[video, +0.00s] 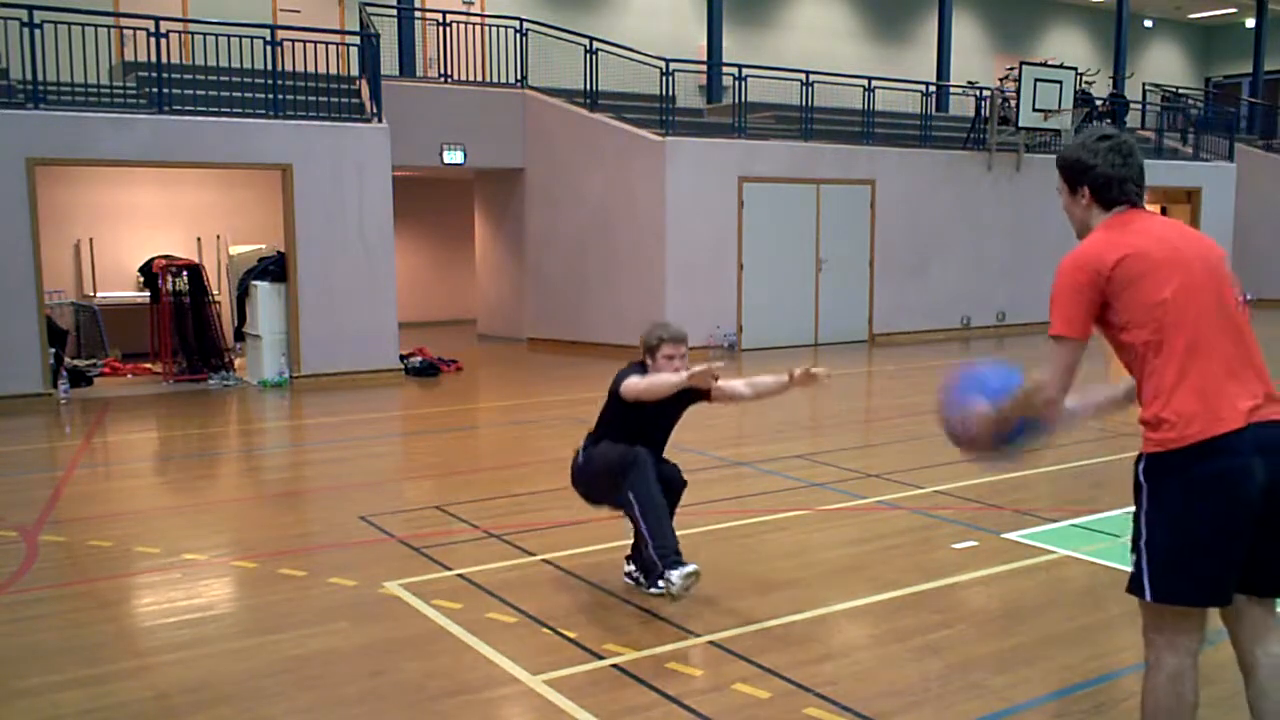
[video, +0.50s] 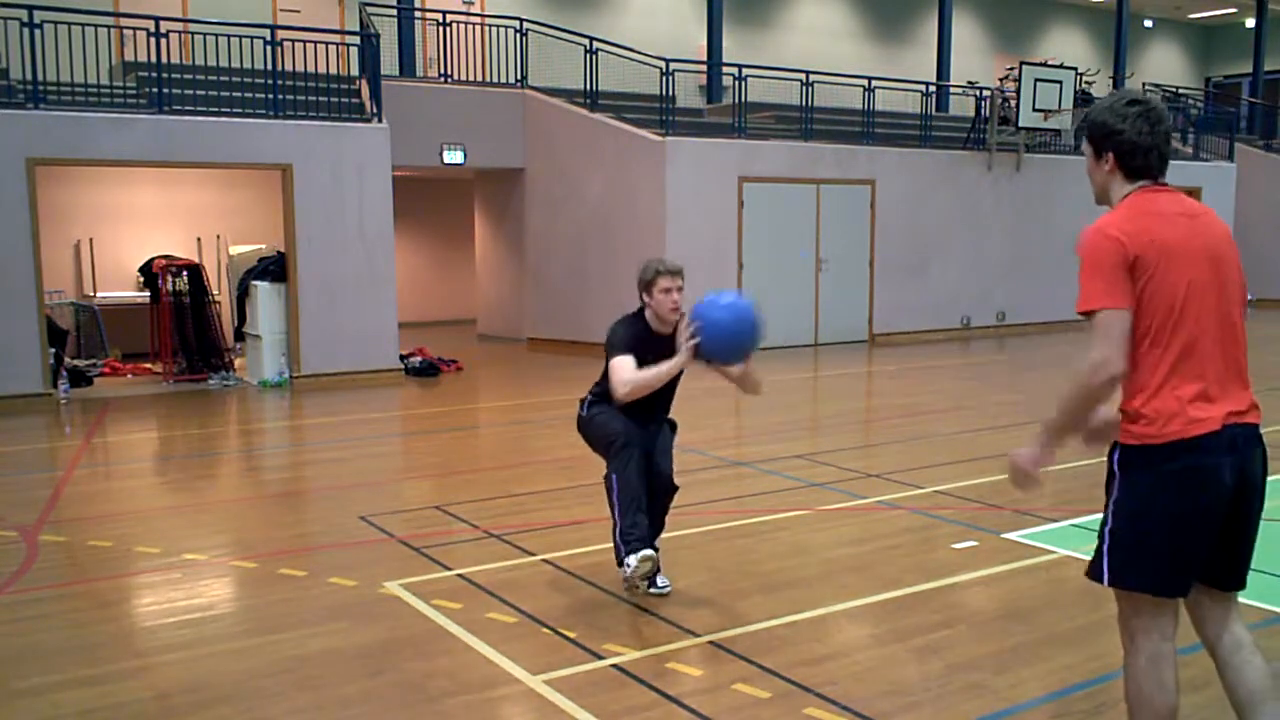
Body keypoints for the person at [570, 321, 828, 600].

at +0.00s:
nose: (679, 365)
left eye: (683, 357)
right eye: (670, 358)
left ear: (688, 357)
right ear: (649, 358)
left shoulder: (689, 386)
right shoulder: (631, 376)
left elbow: (742, 390)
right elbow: (635, 391)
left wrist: (789, 381)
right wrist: (686, 380)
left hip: (642, 471)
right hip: (594, 470)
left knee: (671, 479)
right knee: (638, 461)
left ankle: (642, 563)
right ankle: (667, 568)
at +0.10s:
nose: (681, 347)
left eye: (685, 340)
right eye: (672, 340)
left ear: (689, 340)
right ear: (652, 342)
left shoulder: (693, 370)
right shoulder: (632, 363)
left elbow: (747, 376)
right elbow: (644, 375)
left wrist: (791, 367)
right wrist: (690, 368)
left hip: (648, 449)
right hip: (600, 444)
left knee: (664, 482)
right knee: (636, 464)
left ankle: (639, 563)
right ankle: (657, 566)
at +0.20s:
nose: (681, 331)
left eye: (685, 324)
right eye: (673, 325)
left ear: (689, 326)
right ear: (652, 328)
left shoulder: (695, 357)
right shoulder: (632, 351)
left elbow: (748, 368)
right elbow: (642, 370)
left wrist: (787, 360)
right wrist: (696, 356)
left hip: (650, 439)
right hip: (602, 431)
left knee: (664, 482)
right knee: (632, 458)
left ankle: (637, 563)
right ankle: (644, 561)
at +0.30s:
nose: (681, 319)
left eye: (684, 311)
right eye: (671, 311)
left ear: (689, 312)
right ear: (650, 317)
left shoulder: (697, 346)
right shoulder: (632, 340)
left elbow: (751, 362)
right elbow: (642, 363)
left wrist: (778, 353)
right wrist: (690, 347)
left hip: (651, 433)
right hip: (604, 423)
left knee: (666, 482)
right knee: (629, 454)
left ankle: (645, 563)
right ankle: (635, 560)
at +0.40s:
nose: (678, 308)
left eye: (682, 300)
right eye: (669, 301)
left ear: (687, 302)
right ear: (649, 307)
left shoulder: (694, 336)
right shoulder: (629, 334)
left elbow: (753, 366)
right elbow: (637, 369)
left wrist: (769, 347)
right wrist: (686, 349)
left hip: (652, 426)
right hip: (604, 417)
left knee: (663, 481)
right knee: (629, 449)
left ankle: (647, 563)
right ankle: (632, 556)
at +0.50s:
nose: (676, 298)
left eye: (679, 290)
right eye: (666, 292)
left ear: (684, 293)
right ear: (646, 298)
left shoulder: (688, 331)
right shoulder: (625, 331)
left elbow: (751, 386)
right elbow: (622, 389)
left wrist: (739, 361)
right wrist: (679, 359)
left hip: (653, 420)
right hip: (607, 413)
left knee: (661, 483)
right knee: (627, 444)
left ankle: (645, 561)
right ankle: (634, 555)